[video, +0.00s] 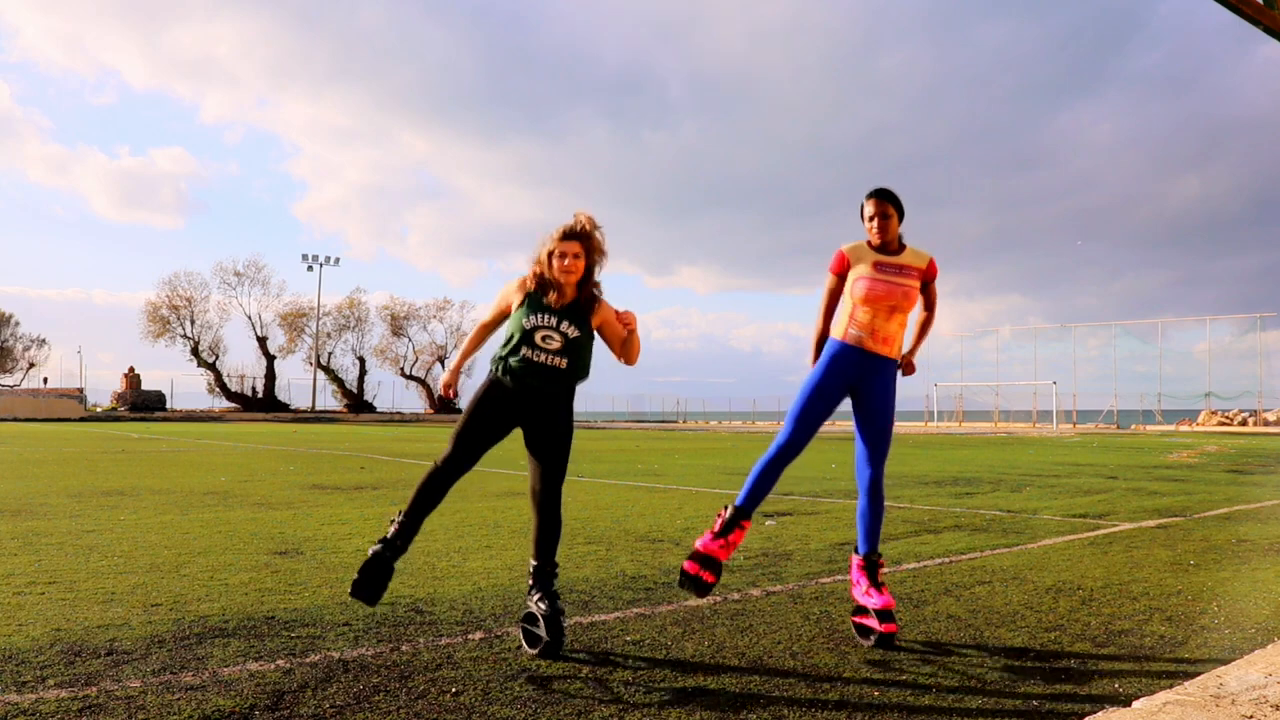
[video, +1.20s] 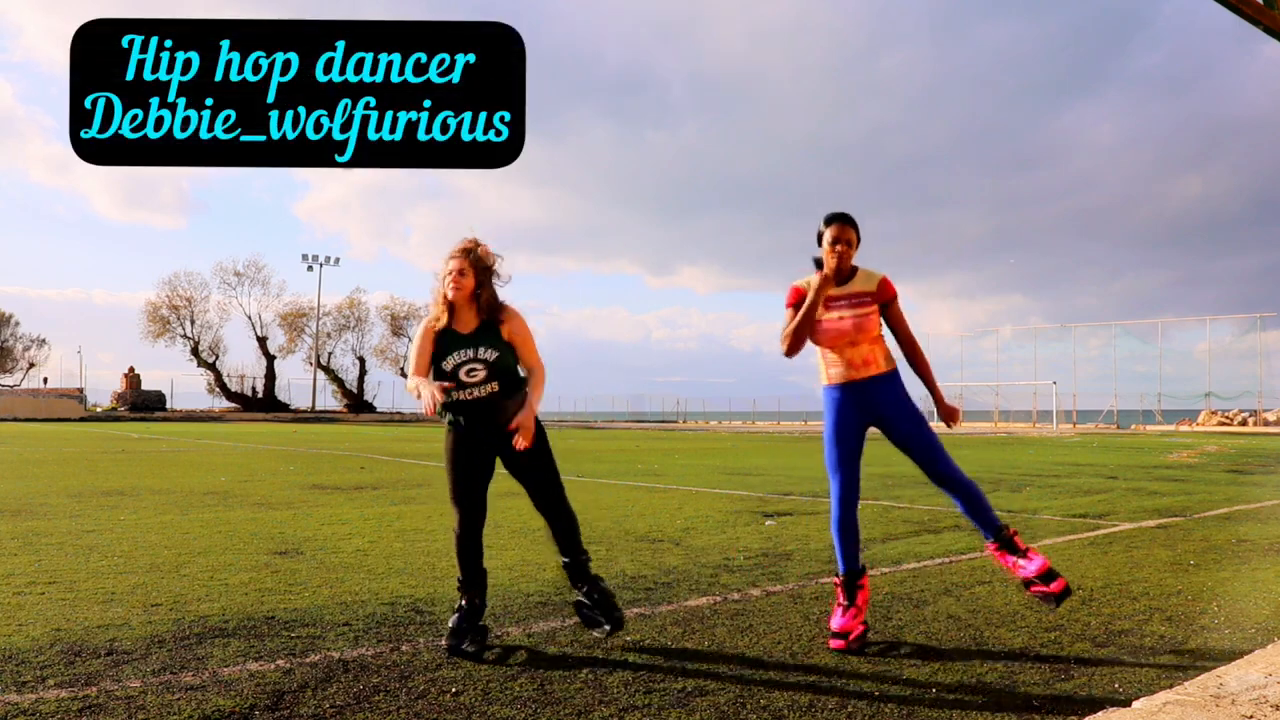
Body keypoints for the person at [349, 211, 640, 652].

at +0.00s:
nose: (568, 263)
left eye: (576, 257)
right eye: (561, 255)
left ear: (588, 264)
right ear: (549, 259)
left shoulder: (594, 308)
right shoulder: (524, 290)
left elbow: (628, 357)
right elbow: (488, 324)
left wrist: (632, 331)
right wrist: (455, 367)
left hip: (553, 406)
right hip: (503, 390)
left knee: (547, 496)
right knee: (452, 463)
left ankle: (542, 590)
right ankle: (393, 545)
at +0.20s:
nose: (564, 283)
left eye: (571, 277)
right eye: (557, 276)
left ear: (582, 284)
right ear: (545, 282)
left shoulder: (591, 333)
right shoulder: (521, 316)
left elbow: (607, 386)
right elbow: (482, 364)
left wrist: (622, 393)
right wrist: (445, 410)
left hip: (551, 429)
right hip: (502, 418)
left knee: (545, 515)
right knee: (449, 491)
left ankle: (539, 605)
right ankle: (390, 572)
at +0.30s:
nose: (544, 282)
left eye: (553, 276)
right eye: (538, 274)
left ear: (566, 283)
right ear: (527, 280)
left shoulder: (577, 329)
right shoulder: (506, 316)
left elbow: (582, 380)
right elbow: (476, 366)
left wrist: (578, 426)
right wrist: (477, 401)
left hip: (548, 430)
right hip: (498, 422)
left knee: (543, 516)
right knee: (455, 498)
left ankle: (539, 606)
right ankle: (428, 586)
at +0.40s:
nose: (526, 267)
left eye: (534, 260)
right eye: (519, 260)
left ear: (547, 263)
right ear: (508, 263)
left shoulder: (564, 309)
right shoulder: (492, 298)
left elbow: (574, 364)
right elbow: (462, 345)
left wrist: (571, 413)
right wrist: (484, 355)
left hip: (545, 413)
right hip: (496, 407)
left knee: (545, 500)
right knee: (468, 489)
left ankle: (546, 595)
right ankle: (454, 586)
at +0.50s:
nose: (504, 260)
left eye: (512, 253)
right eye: (497, 253)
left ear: (524, 258)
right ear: (485, 257)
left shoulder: (542, 292)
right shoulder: (468, 290)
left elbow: (565, 344)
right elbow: (431, 340)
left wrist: (585, 398)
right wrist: (458, 325)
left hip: (540, 397)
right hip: (491, 398)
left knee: (556, 484)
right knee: (482, 490)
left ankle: (577, 578)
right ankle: (480, 585)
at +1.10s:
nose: (452, 273)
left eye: (461, 267)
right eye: (447, 267)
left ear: (476, 275)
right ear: (439, 276)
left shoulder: (501, 313)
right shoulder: (428, 324)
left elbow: (537, 365)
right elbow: (420, 389)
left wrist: (567, 413)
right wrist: (426, 372)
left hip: (513, 416)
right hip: (464, 424)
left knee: (562, 494)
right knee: (467, 518)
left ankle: (613, 572)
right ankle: (470, 609)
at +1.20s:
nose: (453, 279)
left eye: (462, 273)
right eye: (449, 272)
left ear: (479, 279)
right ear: (442, 278)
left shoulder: (506, 320)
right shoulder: (432, 326)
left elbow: (537, 370)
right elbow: (414, 378)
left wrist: (530, 411)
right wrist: (424, 386)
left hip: (515, 421)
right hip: (466, 431)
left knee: (554, 505)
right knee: (468, 521)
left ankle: (586, 587)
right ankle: (470, 608)